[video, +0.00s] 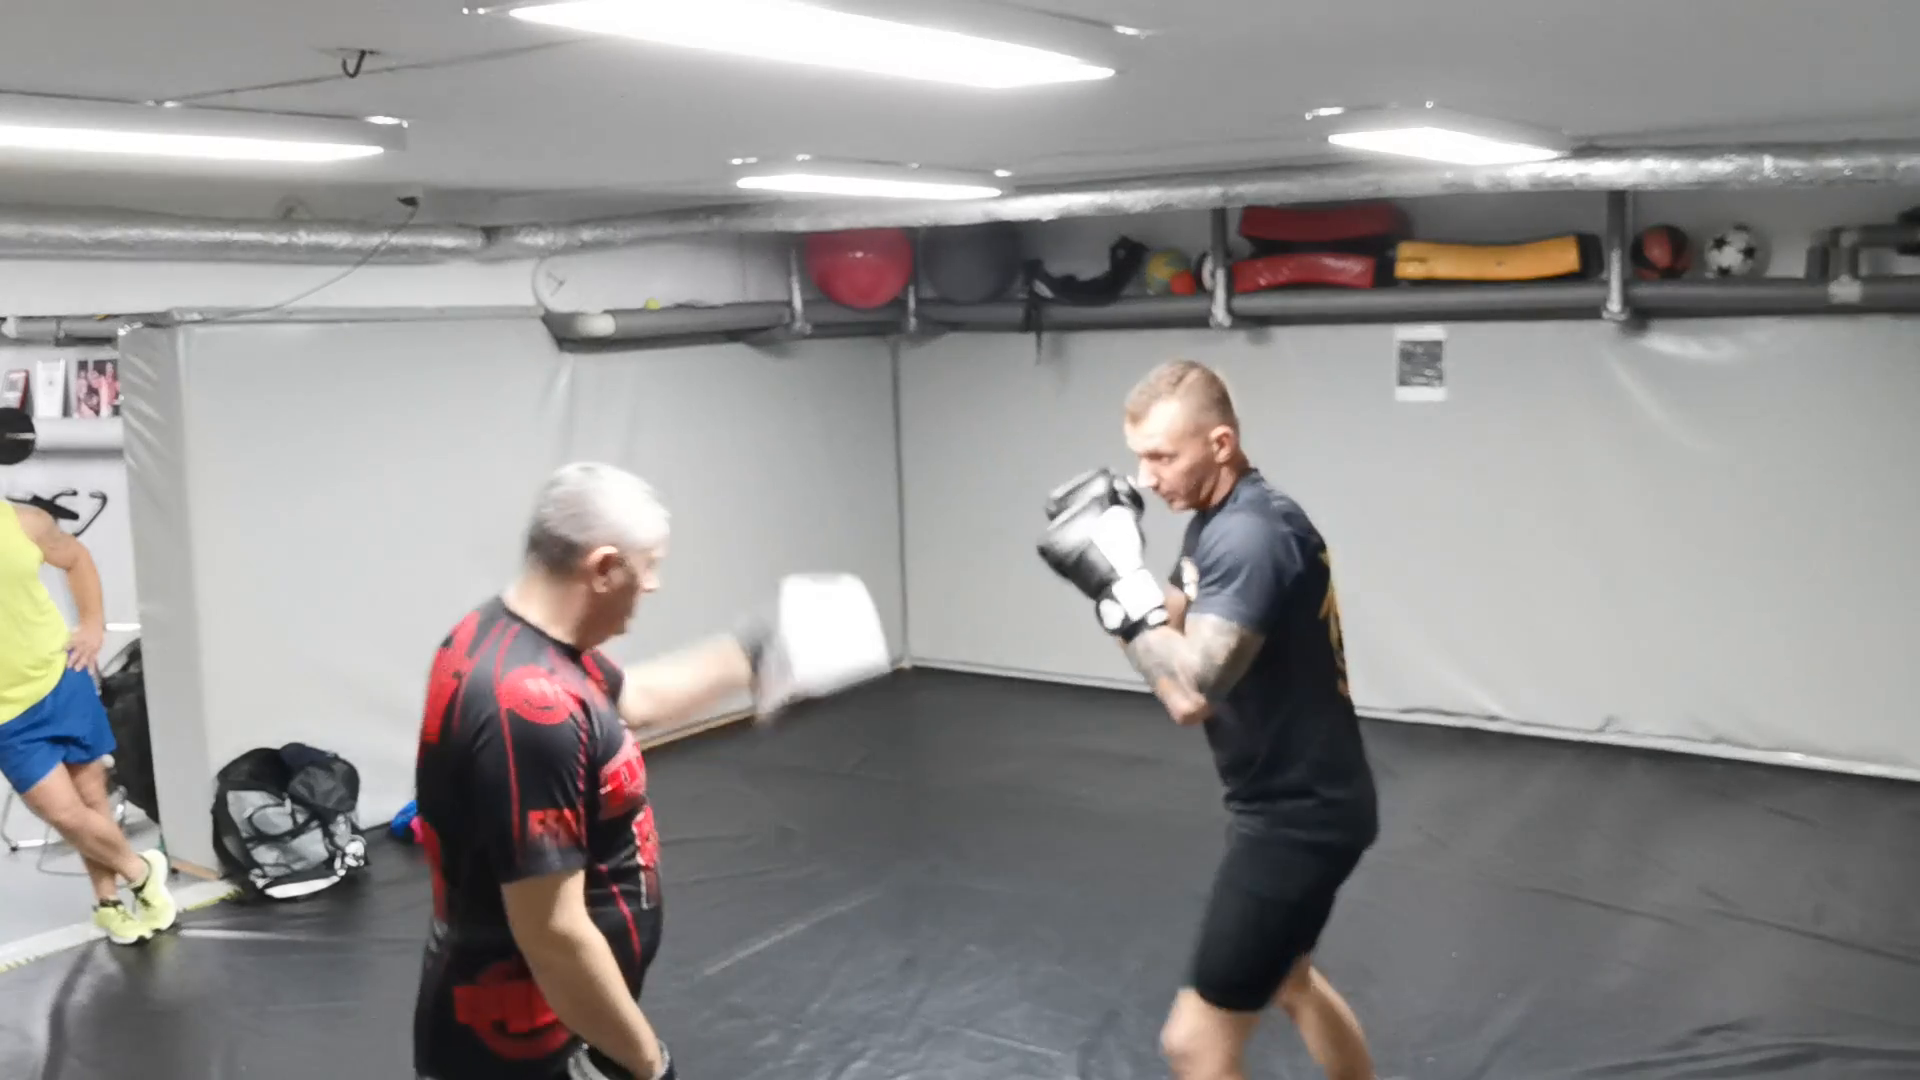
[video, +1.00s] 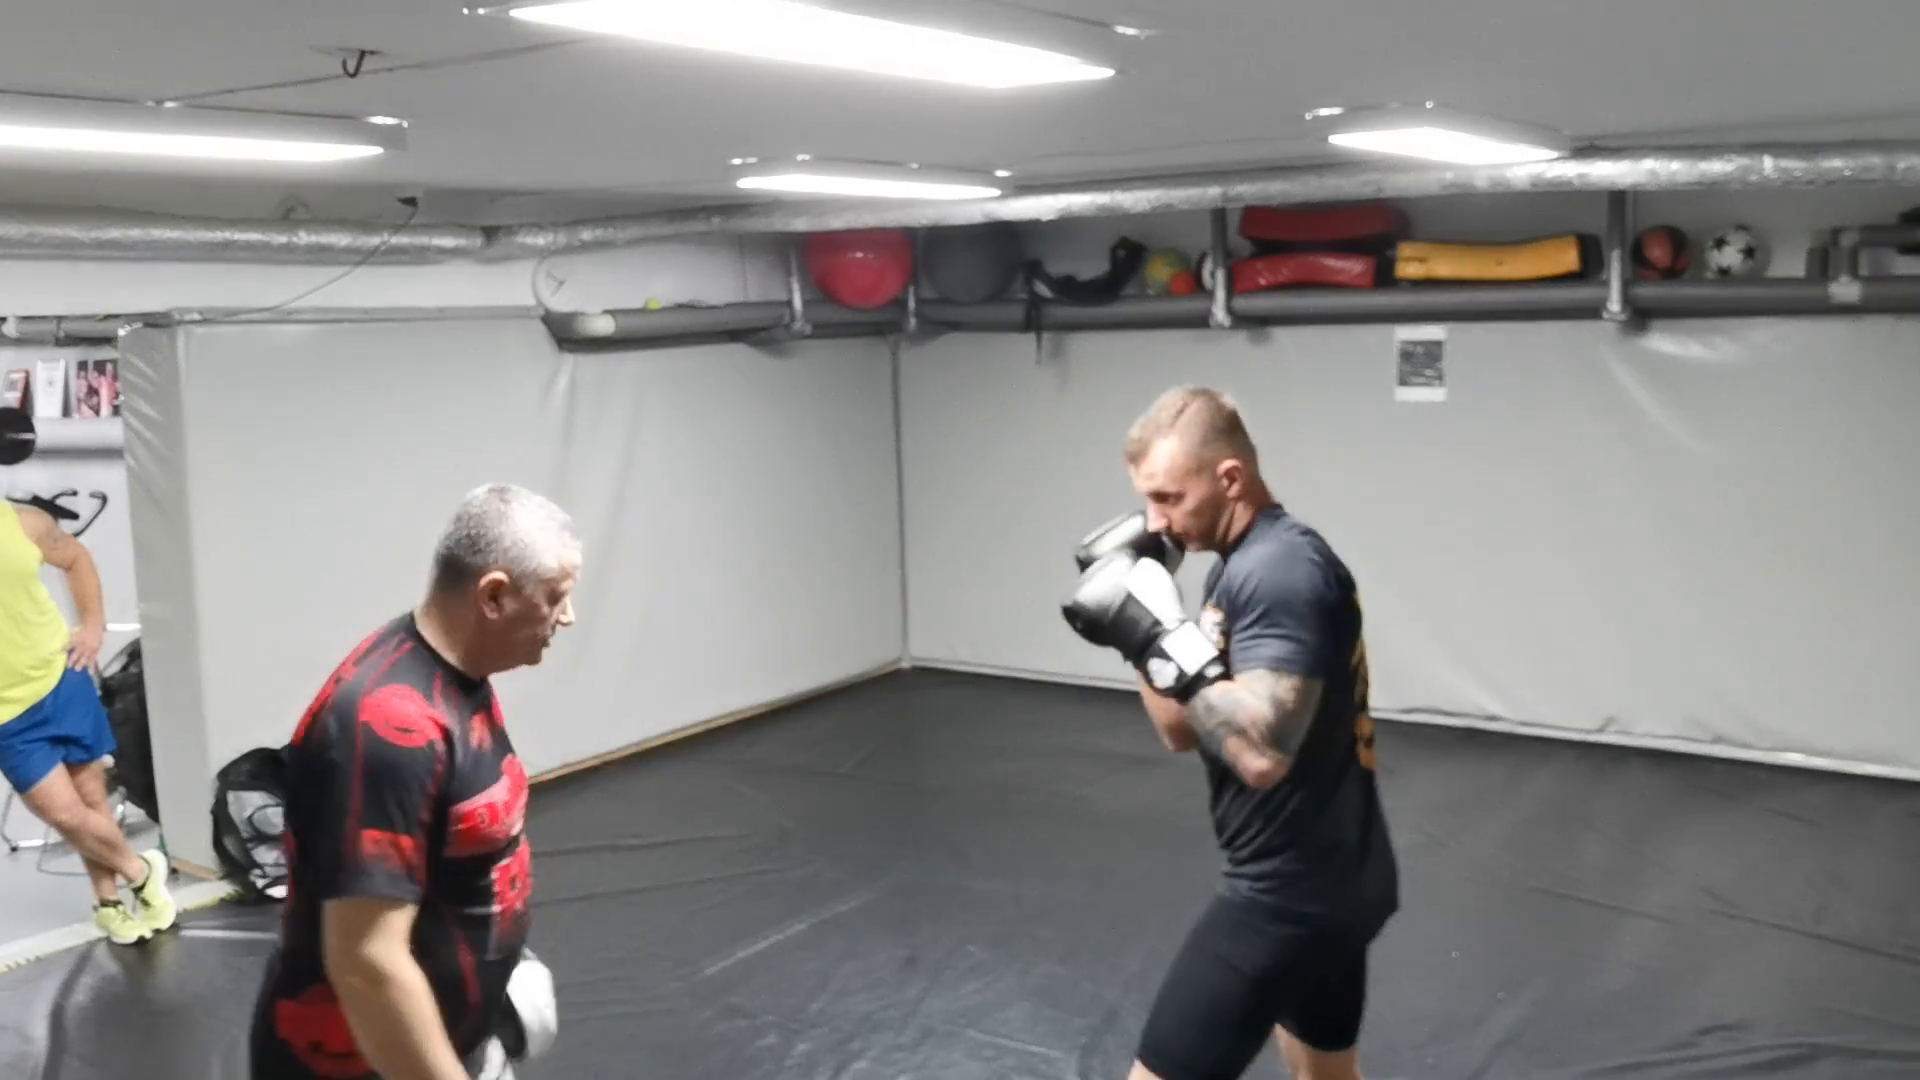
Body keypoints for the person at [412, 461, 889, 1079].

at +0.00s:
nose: (654, 586)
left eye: (657, 568)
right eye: (650, 567)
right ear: (602, 567)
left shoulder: (499, 632)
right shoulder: (528, 706)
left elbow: (633, 697)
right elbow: (552, 929)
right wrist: (650, 1061)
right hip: (531, 1046)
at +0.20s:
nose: (612, 598)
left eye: (620, 580)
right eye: (611, 579)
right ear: (563, 582)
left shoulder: (425, 645)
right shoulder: (518, 724)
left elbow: (556, 678)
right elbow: (570, 954)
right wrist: (661, 1063)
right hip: (532, 1045)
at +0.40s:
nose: (586, 592)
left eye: (589, 575)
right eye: (580, 576)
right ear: (530, 578)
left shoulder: (410, 639)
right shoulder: (502, 723)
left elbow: (592, 613)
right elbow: (562, 950)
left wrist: (679, 520)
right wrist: (648, 1063)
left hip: (442, 1001)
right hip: (527, 1046)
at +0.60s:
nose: (572, 606)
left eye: (570, 588)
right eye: (563, 588)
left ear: (499, 598)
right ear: (502, 598)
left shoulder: (399, 659)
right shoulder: (456, 750)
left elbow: (525, 779)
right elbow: (511, 966)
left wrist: (654, 759)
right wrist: (620, 1068)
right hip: (480, 1060)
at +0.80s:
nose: (573, 609)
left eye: (572, 589)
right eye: (562, 591)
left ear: (499, 595)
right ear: (501, 594)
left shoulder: (428, 658)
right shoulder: (420, 737)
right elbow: (427, 974)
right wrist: (525, 1069)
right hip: (401, 1057)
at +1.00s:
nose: (567, 618)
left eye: (568, 598)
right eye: (557, 598)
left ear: (494, 598)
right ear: (494, 597)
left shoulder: (455, 674)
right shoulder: (388, 720)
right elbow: (366, 960)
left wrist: (501, 961)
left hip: (440, 1035)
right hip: (362, 1060)